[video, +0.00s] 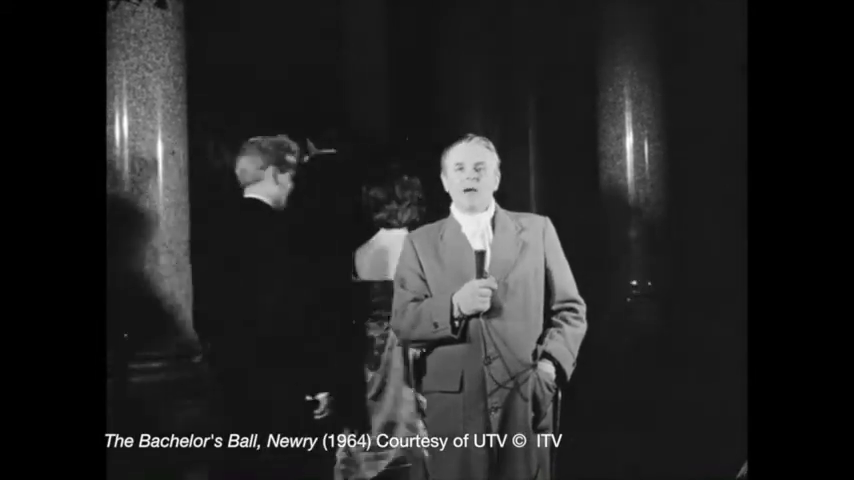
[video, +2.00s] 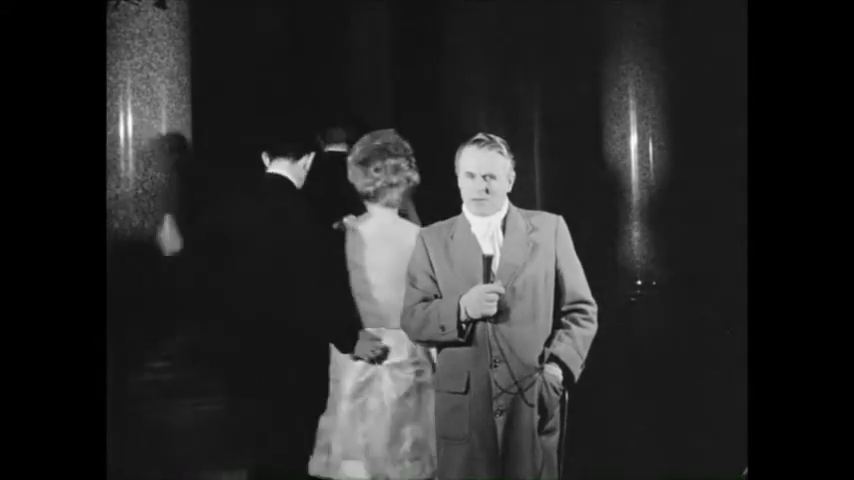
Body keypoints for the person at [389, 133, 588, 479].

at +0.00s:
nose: (470, 174)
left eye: (480, 166)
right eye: (459, 167)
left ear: (497, 178)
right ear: (444, 181)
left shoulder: (537, 231)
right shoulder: (420, 242)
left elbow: (569, 309)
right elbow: (404, 321)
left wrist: (551, 363)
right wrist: (453, 306)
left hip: (523, 399)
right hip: (452, 402)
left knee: (527, 474)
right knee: (453, 473)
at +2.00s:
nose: (480, 186)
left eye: (490, 177)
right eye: (471, 176)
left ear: (510, 180)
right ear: (458, 180)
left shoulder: (549, 230)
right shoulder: (431, 240)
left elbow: (580, 310)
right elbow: (413, 318)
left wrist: (557, 366)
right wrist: (461, 308)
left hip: (531, 397)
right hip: (461, 398)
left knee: (533, 474)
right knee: (460, 474)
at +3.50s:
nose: (462, 172)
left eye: (474, 165)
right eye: (453, 164)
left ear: (493, 180)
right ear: (440, 179)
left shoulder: (532, 232)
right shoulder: (414, 245)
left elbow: (565, 310)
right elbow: (397, 322)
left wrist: (547, 362)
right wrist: (450, 305)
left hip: (520, 401)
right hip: (447, 404)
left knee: (523, 475)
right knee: (451, 474)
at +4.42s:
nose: (473, 187)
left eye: (484, 177)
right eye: (464, 177)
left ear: (503, 182)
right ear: (451, 182)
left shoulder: (542, 232)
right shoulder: (423, 243)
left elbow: (574, 311)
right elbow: (407, 321)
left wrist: (552, 366)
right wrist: (454, 309)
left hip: (525, 400)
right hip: (455, 401)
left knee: (527, 475)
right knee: (457, 475)